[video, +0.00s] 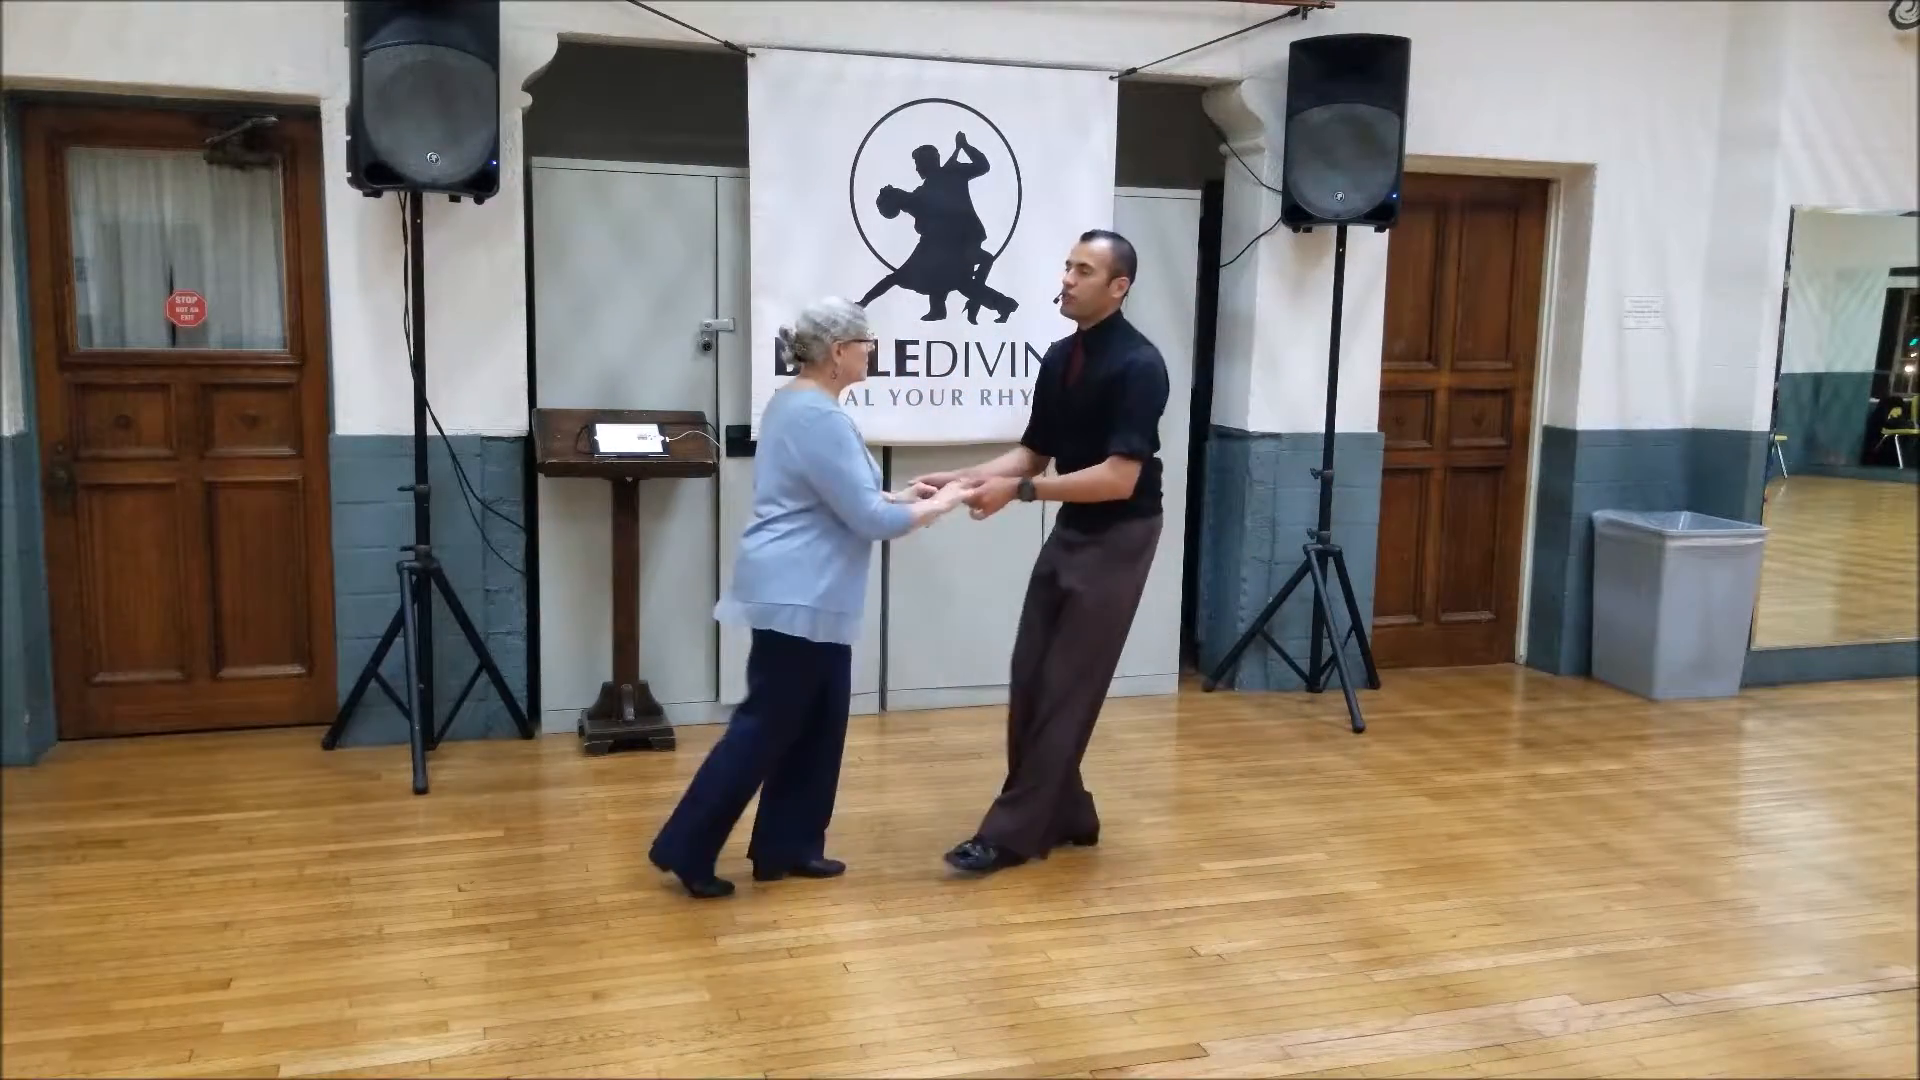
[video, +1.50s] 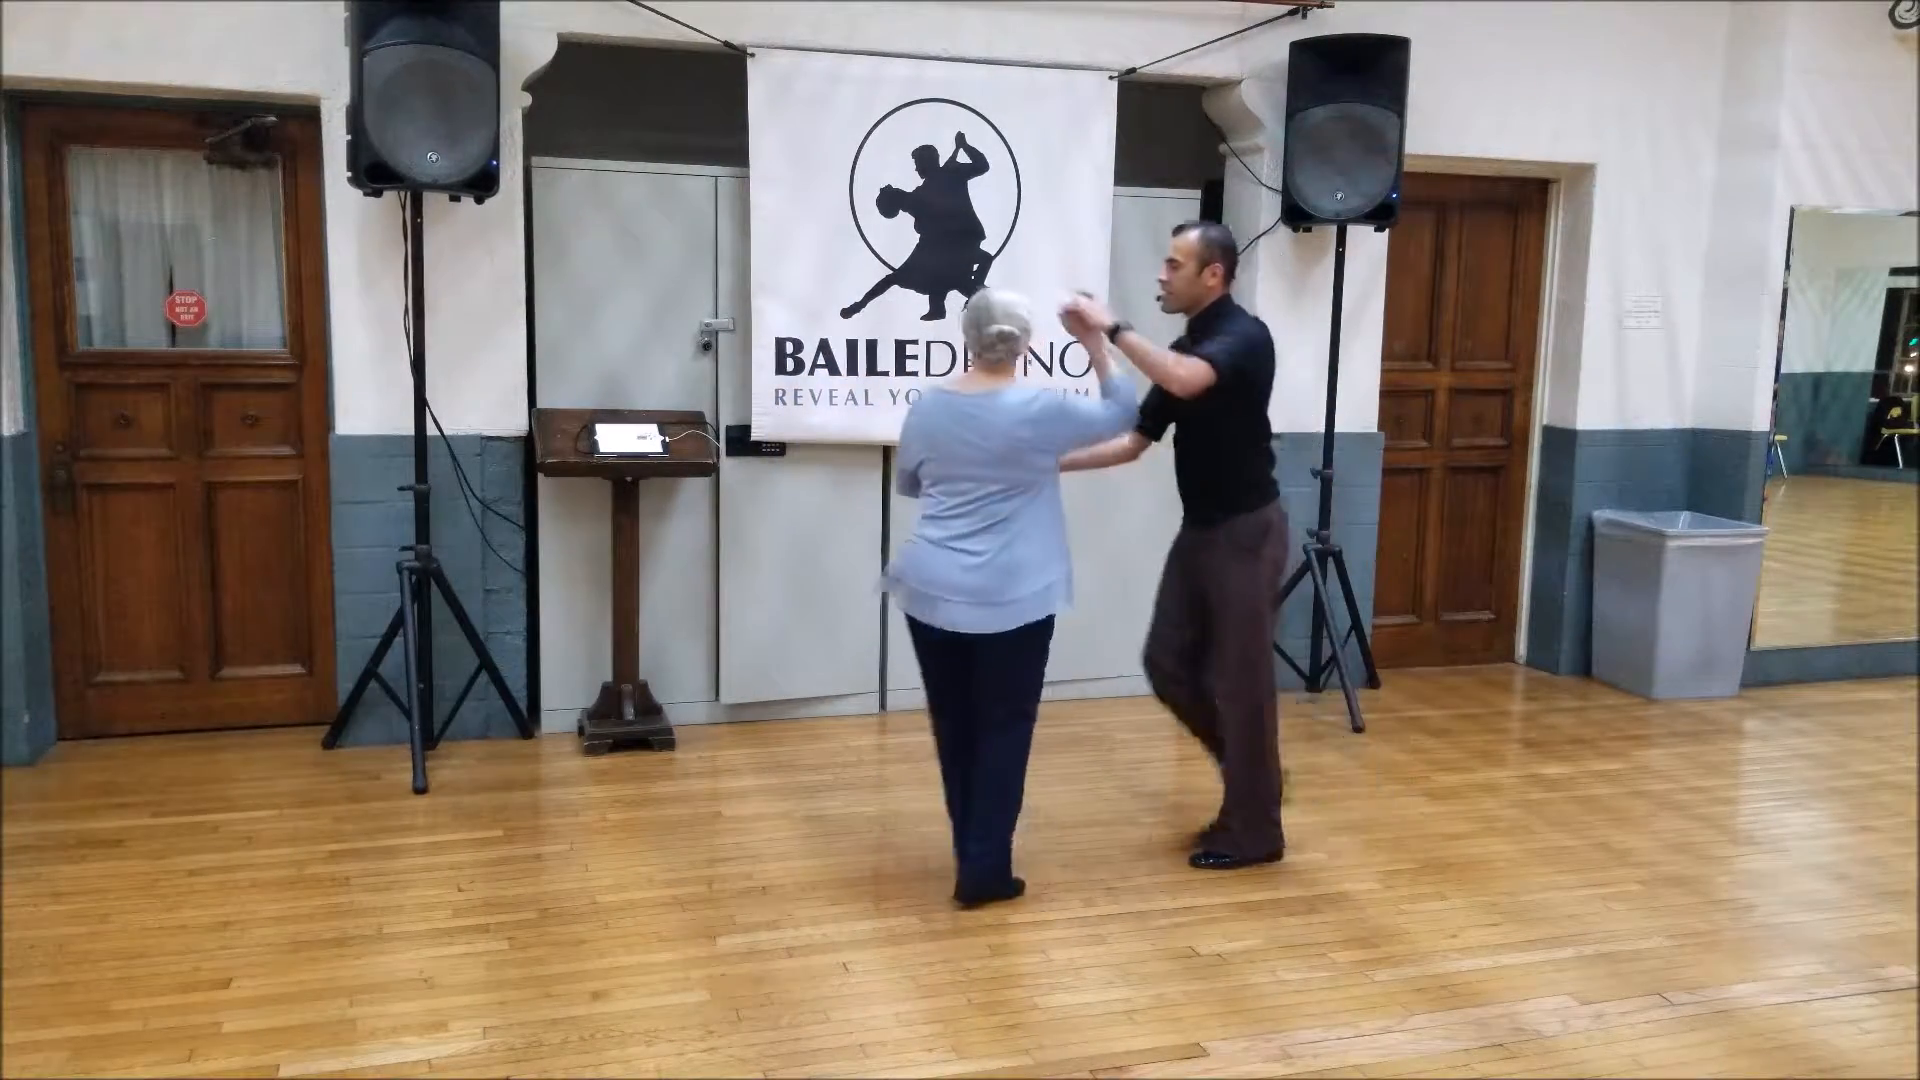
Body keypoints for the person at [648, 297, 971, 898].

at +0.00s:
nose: (872, 353)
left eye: (870, 344)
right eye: (865, 344)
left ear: (829, 351)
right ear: (835, 351)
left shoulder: (796, 406)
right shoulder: (818, 417)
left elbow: (848, 502)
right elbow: (870, 518)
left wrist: (909, 493)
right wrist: (932, 509)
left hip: (812, 594)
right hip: (800, 596)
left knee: (819, 723)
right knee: (770, 724)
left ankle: (785, 848)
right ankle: (685, 847)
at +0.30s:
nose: (900, 348)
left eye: (898, 338)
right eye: (893, 338)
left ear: (845, 343)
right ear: (864, 343)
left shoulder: (810, 400)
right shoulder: (870, 415)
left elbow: (911, 458)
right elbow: (953, 483)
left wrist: (1000, 451)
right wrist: (1032, 457)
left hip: (795, 586)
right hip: (860, 591)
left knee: (798, 717)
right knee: (897, 707)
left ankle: (781, 852)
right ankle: (889, 847)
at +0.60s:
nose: (956, 352)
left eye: (955, 341)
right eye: (950, 342)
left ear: (909, 347)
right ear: (921, 347)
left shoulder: (873, 406)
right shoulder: (923, 418)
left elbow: (947, 487)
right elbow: (983, 505)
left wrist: (1021, 488)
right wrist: (1051, 503)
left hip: (872, 583)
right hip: (920, 589)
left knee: (903, 699)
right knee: (926, 719)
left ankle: (842, 801)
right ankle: (915, 846)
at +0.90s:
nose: (1007, 340)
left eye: (1004, 331)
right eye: (997, 332)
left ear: (970, 345)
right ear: (965, 343)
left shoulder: (987, 409)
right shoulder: (931, 410)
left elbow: (1039, 454)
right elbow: (967, 510)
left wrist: (1119, 454)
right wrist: (1048, 508)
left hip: (978, 594)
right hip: (927, 594)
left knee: (1000, 715)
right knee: (921, 723)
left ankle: (1014, 825)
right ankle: (906, 842)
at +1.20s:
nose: (1043, 350)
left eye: (1041, 341)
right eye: (1035, 342)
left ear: (1004, 353)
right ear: (1007, 352)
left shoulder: (1008, 416)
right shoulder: (975, 421)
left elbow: (1054, 489)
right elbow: (1035, 510)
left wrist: (1110, 477)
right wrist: (1100, 481)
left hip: (1020, 588)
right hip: (983, 590)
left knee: (1039, 703)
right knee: (1026, 707)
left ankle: (1019, 832)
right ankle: (944, 820)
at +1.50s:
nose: (1024, 350)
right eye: (1025, 342)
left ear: (966, 341)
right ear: (1022, 346)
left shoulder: (927, 406)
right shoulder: (1039, 413)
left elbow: (909, 479)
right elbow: (1121, 412)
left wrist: (965, 467)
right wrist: (1096, 344)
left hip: (932, 595)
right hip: (1015, 599)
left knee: (954, 724)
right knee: (1004, 727)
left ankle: (974, 859)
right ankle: (985, 872)